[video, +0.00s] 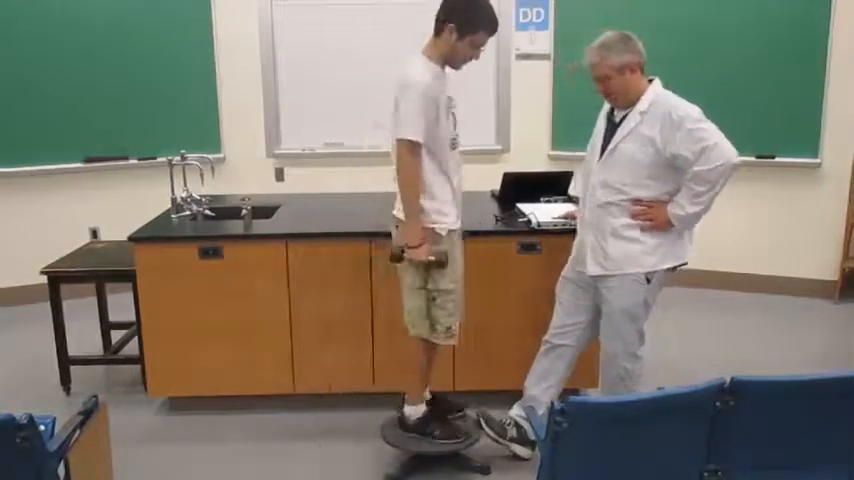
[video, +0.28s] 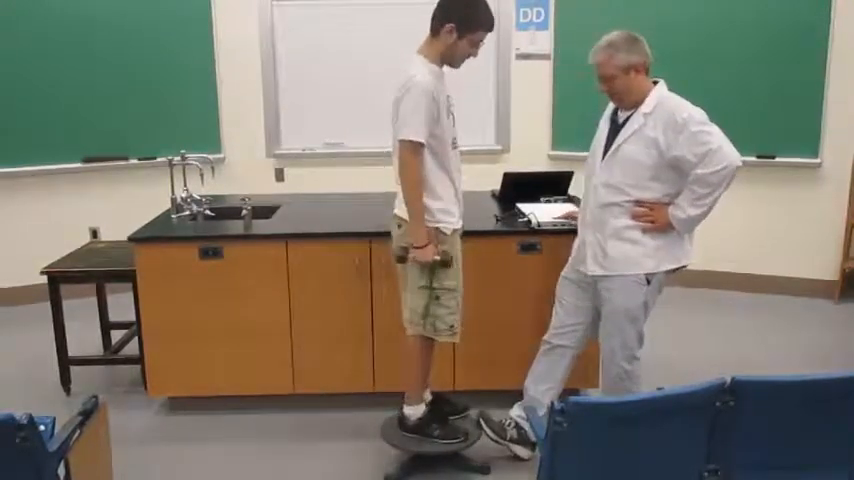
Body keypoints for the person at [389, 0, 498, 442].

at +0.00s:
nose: (476, 57)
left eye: (480, 48)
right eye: (474, 46)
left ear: (453, 33)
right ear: (448, 31)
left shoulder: (435, 77)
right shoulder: (420, 81)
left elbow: (428, 154)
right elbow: (408, 153)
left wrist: (443, 218)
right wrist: (413, 222)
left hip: (442, 221)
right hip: (428, 223)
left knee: (436, 320)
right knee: (428, 322)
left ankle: (424, 398)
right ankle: (414, 409)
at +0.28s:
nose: (474, 54)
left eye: (478, 46)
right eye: (473, 44)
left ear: (450, 33)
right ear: (447, 31)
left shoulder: (432, 80)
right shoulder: (419, 84)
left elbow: (425, 158)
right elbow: (410, 158)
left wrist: (443, 221)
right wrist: (419, 229)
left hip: (441, 222)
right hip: (427, 225)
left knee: (432, 321)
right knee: (422, 323)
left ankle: (424, 398)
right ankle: (412, 413)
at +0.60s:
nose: (472, 45)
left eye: (475, 37)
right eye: (472, 35)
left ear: (446, 26)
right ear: (450, 26)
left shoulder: (427, 75)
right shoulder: (422, 78)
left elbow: (419, 153)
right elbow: (415, 156)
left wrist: (451, 175)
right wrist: (439, 221)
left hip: (428, 220)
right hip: (422, 222)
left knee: (428, 318)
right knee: (422, 320)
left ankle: (422, 400)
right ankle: (414, 411)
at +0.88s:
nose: (472, 32)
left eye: (473, 23)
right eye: (470, 22)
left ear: (441, 21)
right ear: (453, 20)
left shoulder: (435, 68)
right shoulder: (426, 68)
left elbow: (429, 131)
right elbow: (420, 127)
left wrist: (449, 185)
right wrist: (440, 184)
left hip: (435, 216)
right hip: (423, 217)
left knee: (431, 314)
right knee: (421, 316)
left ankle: (423, 398)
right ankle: (414, 411)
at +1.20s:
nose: (478, 32)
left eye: (478, 23)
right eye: (476, 22)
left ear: (451, 21)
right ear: (457, 21)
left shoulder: (442, 69)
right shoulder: (428, 66)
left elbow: (438, 124)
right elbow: (426, 111)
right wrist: (432, 144)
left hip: (441, 214)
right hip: (425, 214)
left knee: (434, 314)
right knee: (423, 315)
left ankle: (423, 398)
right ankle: (414, 411)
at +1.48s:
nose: (477, 32)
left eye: (477, 23)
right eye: (474, 22)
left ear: (449, 21)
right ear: (455, 21)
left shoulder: (443, 68)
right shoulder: (427, 65)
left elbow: (449, 135)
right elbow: (423, 105)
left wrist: (493, 160)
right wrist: (430, 138)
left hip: (442, 213)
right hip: (425, 213)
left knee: (435, 313)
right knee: (423, 315)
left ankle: (423, 399)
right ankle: (414, 411)